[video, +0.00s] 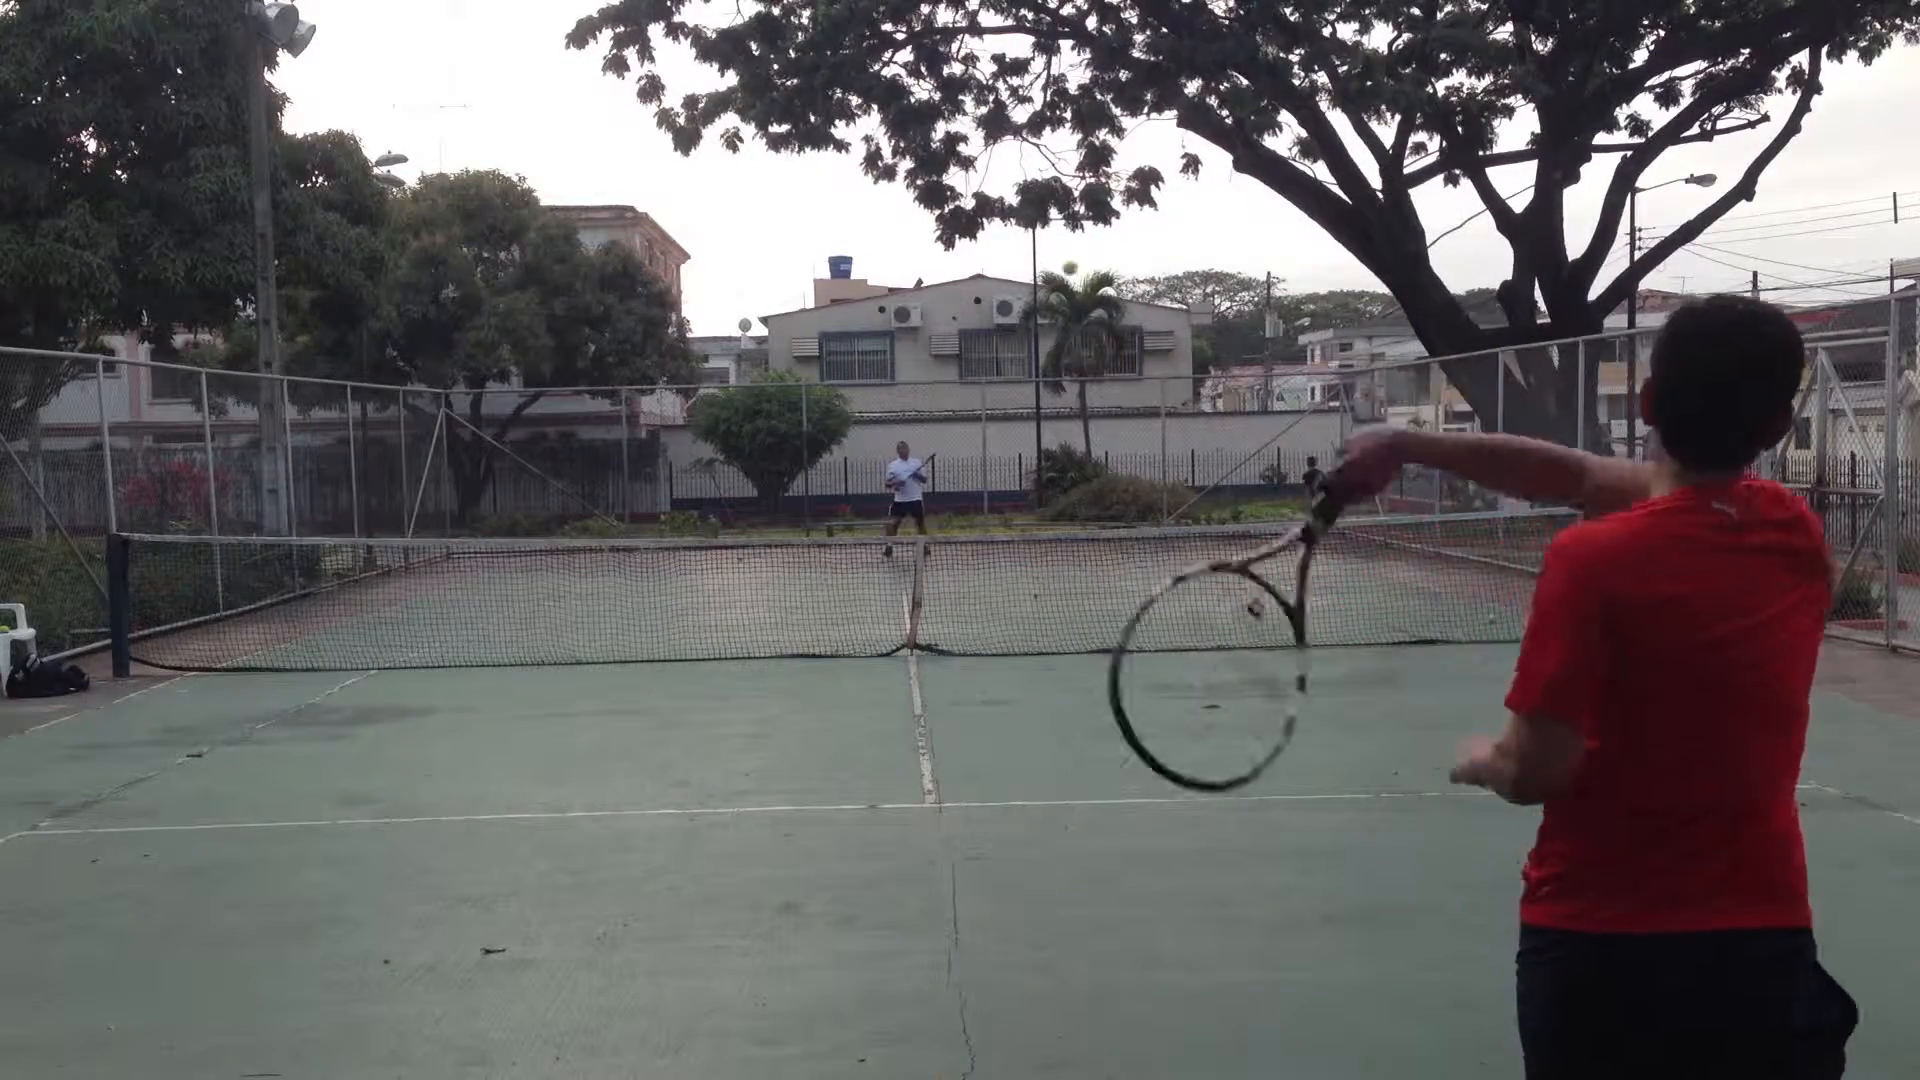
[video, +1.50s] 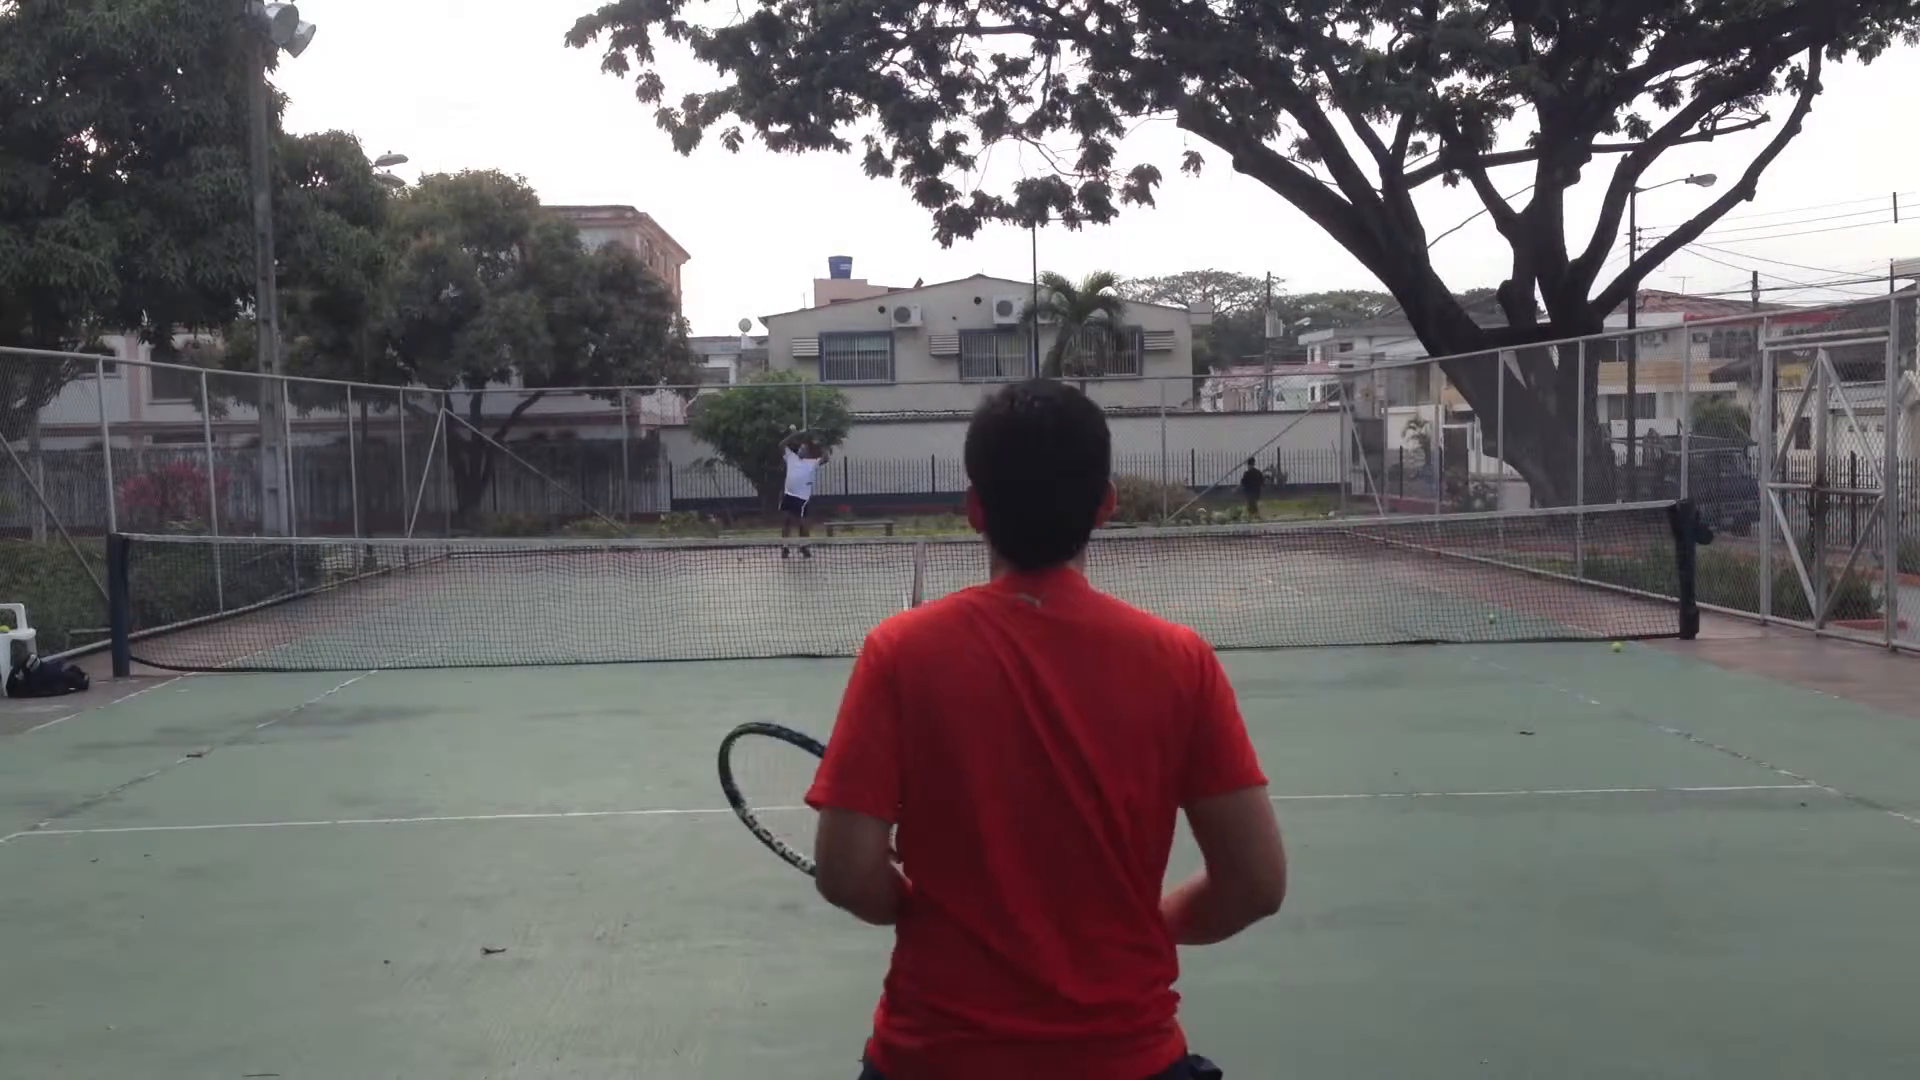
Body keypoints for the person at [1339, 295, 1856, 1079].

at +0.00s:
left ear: (1646, 400)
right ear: (1779, 424)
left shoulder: (1593, 557)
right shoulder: (1799, 539)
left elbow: (1538, 771)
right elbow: (1584, 474)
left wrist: (1482, 758)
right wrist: (1404, 443)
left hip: (1597, 947)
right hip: (1760, 940)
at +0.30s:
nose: (1663, 431)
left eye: (1665, 413)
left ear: (1677, 433)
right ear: (1808, 435)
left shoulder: (1703, 594)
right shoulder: (1840, 571)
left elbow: (1748, 823)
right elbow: (1749, 712)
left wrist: (1580, 834)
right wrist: (1580, 741)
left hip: (1712, 1011)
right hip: (1866, 997)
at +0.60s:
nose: (1602, 436)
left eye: (1602, 419)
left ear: (1613, 443)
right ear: (1740, 437)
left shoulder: (1596, 592)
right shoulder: (1829, 586)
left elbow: (1615, 816)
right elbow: (1866, 808)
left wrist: (1512, 846)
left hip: (1628, 1027)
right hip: (1815, 1023)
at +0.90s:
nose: (1362, 487)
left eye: (1364, 471)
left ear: (1373, 494)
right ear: (1501, 494)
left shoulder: (1311, 657)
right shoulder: (1580, 657)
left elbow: (1267, 896)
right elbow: (1668, 881)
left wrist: (1362, 858)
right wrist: (1534, 907)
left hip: (1370, 1056)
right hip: (1564, 1050)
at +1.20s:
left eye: (1164, 374)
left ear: (1170, 397)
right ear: (1296, 392)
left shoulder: (1097, 538)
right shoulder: (1376, 540)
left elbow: (1024, 750)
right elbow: (1449, 761)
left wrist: (1110, 775)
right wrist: (1326, 798)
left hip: (1154, 977)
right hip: (1334, 968)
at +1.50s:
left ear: (973, 508)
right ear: (1106, 505)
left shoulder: (904, 651)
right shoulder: (1176, 660)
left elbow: (847, 872)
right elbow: (1255, 880)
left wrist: (937, 904)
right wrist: (1138, 923)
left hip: (935, 1056)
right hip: (1131, 1055)